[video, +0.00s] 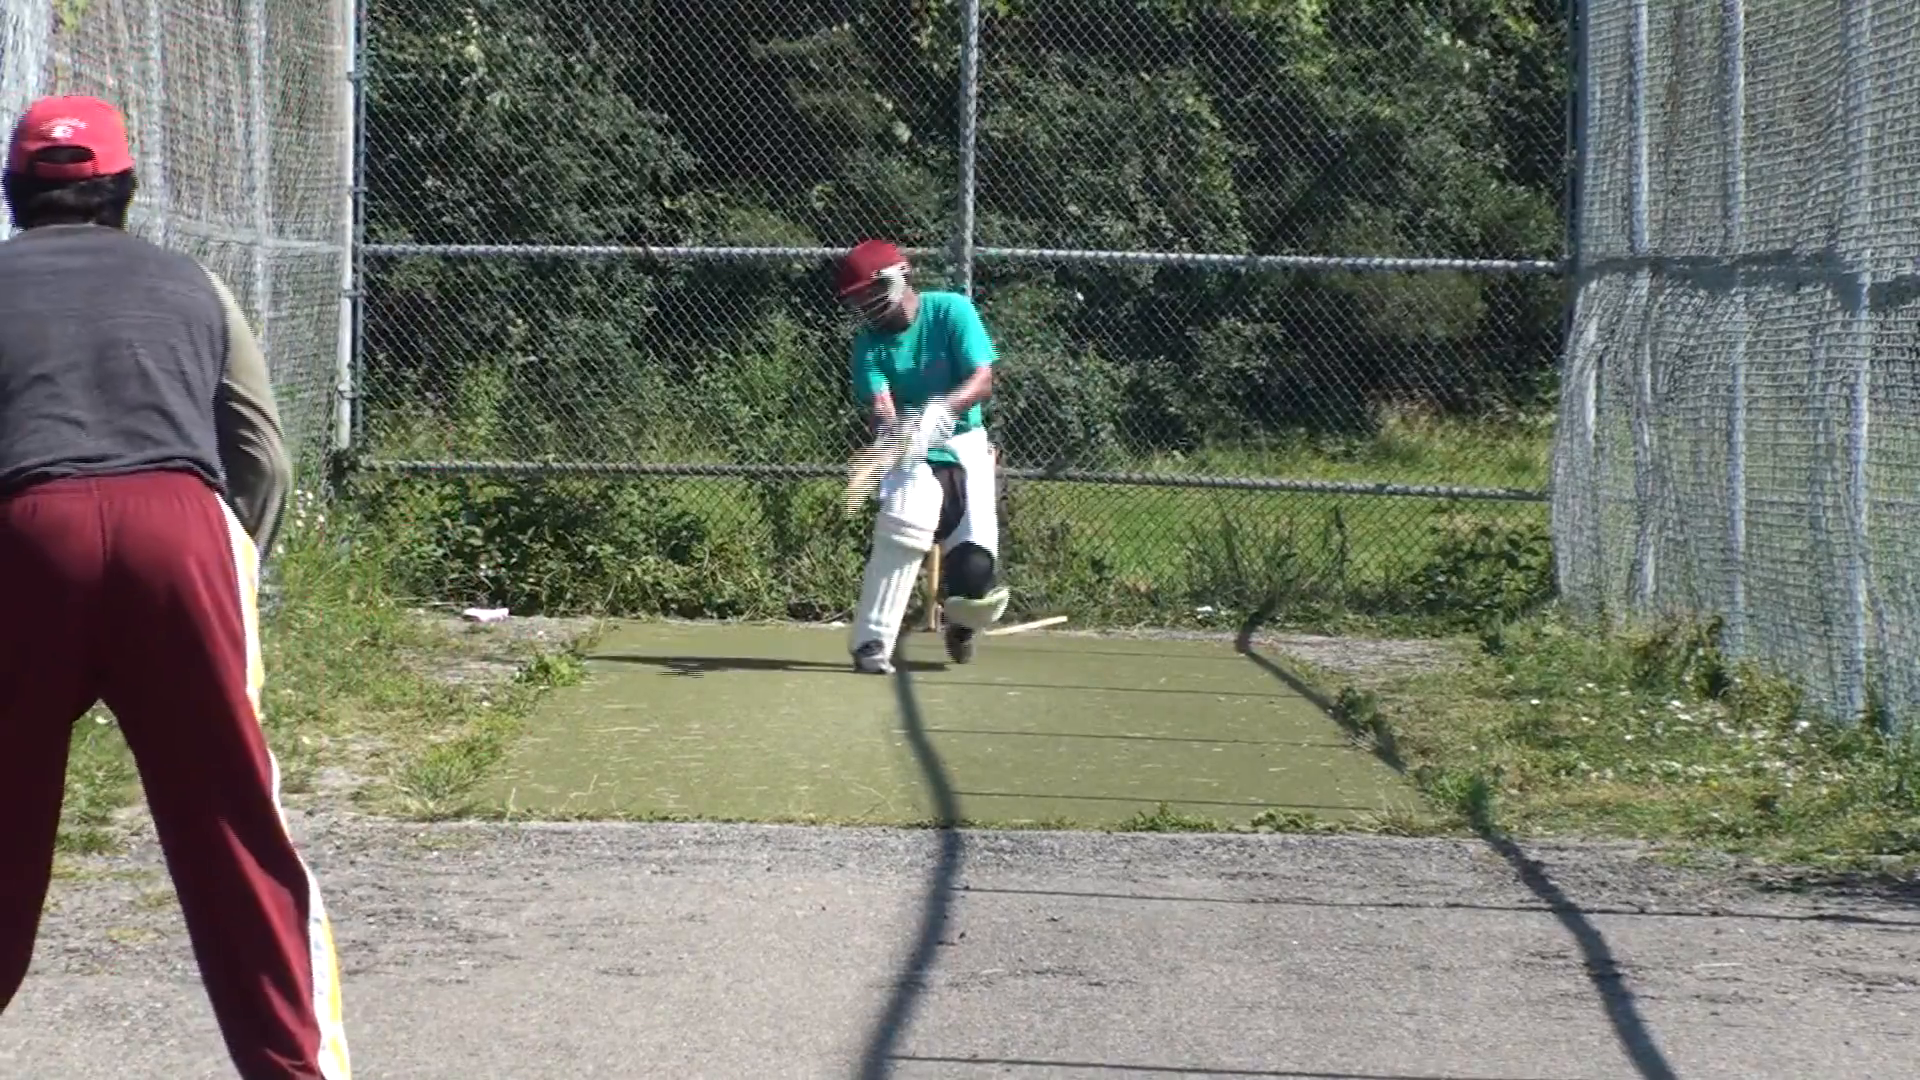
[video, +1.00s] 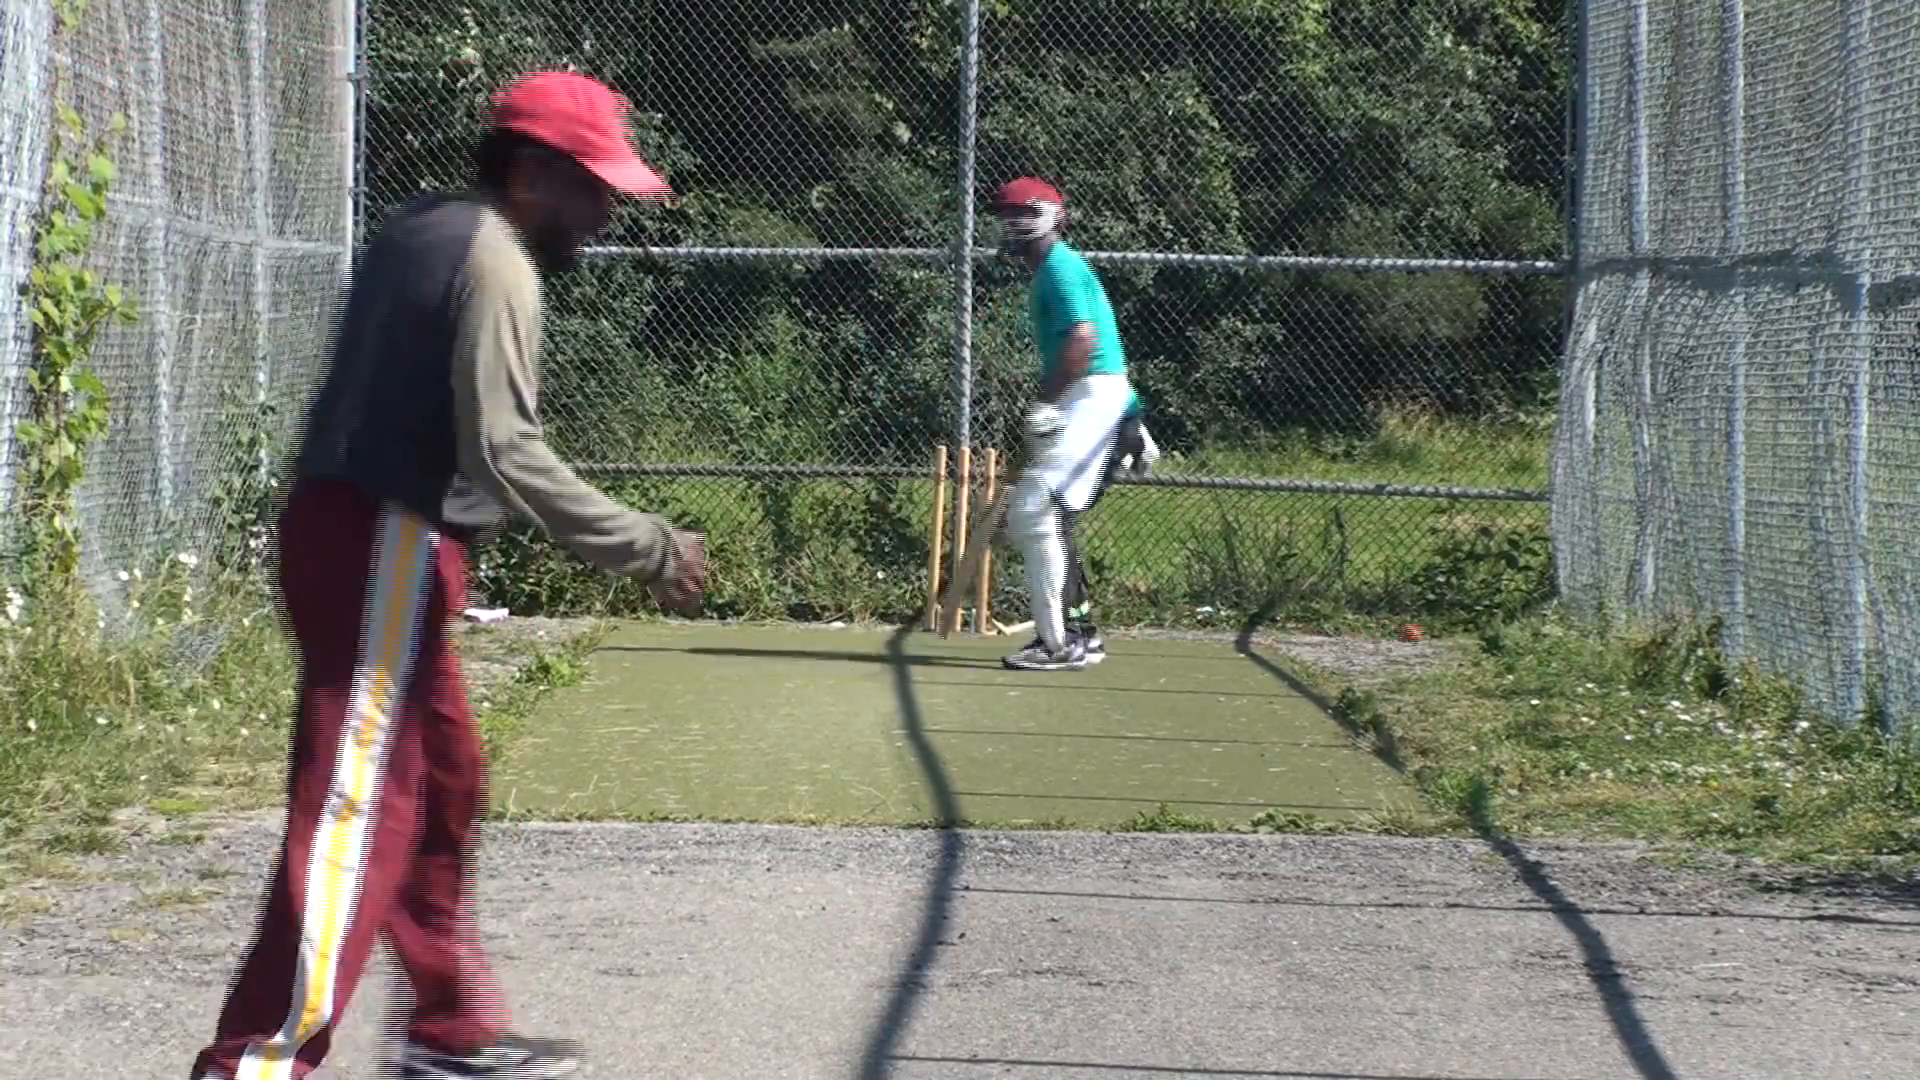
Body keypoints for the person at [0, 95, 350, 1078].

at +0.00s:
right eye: (114, 183)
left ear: (16, 194)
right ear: (124, 194)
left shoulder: (2, 273)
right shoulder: (190, 281)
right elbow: (259, 449)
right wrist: (230, 568)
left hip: (29, 531)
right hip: (175, 529)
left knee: (7, 825)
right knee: (226, 811)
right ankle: (291, 1058)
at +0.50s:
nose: (224, 163)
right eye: (230, 149)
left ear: (132, 161)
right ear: (239, 162)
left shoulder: (58, 261)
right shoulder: (290, 267)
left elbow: (11, 424)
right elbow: (339, 454)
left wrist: (26, 533)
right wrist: (310, 584)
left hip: (65, 538)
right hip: (224, 542)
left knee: (29, 825)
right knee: (282, 820)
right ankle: (284, 1053)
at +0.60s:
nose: (303, 143)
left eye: (295, 128)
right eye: (298, 133)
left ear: (184, 148)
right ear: (285, 150)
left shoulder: (117, 245)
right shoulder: (327, 260)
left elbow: (62, 408)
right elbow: (368, 457)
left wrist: (121, 492)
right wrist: (359, 585)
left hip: (103, 543)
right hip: (250, 551)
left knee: (46, 822)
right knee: (308, 845)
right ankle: (243, 1064)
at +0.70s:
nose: (375, 143)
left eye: (367, 126)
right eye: (362, 131)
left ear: (261, 150)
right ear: (330, 154)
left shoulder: (184, 243)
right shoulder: (368, 266)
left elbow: (163, 376)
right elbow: (411, 440)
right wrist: (433, 561)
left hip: (159, 542)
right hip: (283, 551)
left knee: (113, 801)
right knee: (317, 824)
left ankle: (5, 994)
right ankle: (257, 1058)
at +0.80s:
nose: (462, 163)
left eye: (456, 144)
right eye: (445, 148)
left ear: (361, 168)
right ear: (395, 173)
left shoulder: (262, 232)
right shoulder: (408, 274)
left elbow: (259, 384)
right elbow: (455, 450)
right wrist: (515, 535)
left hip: (206, 531)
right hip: (310, 546)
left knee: (227, 801)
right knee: (338, 830)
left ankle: (53, 975)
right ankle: (257, 1060)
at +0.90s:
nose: (540, 183)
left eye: (542, 164)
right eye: (526, 163)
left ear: (439, 167)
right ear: (465, 170)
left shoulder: (341, 226)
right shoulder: (447, 261)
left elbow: (333, 390)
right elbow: (492, 459)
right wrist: (597, 536)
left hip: (263, 512)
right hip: (338, 528)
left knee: (353, 763)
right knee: (346, 782)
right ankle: (272, 1050)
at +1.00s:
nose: (605, 215)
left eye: (610, 196)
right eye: (597, 191)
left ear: (519, 172)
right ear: (533, 172)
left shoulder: (420, 228)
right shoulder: (490, 260)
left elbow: (378, 402)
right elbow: (503, 447)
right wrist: (650, 544)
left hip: (344, 521)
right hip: (386, 536)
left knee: (447, 781)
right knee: (353, 806)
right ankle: (257, 1060)